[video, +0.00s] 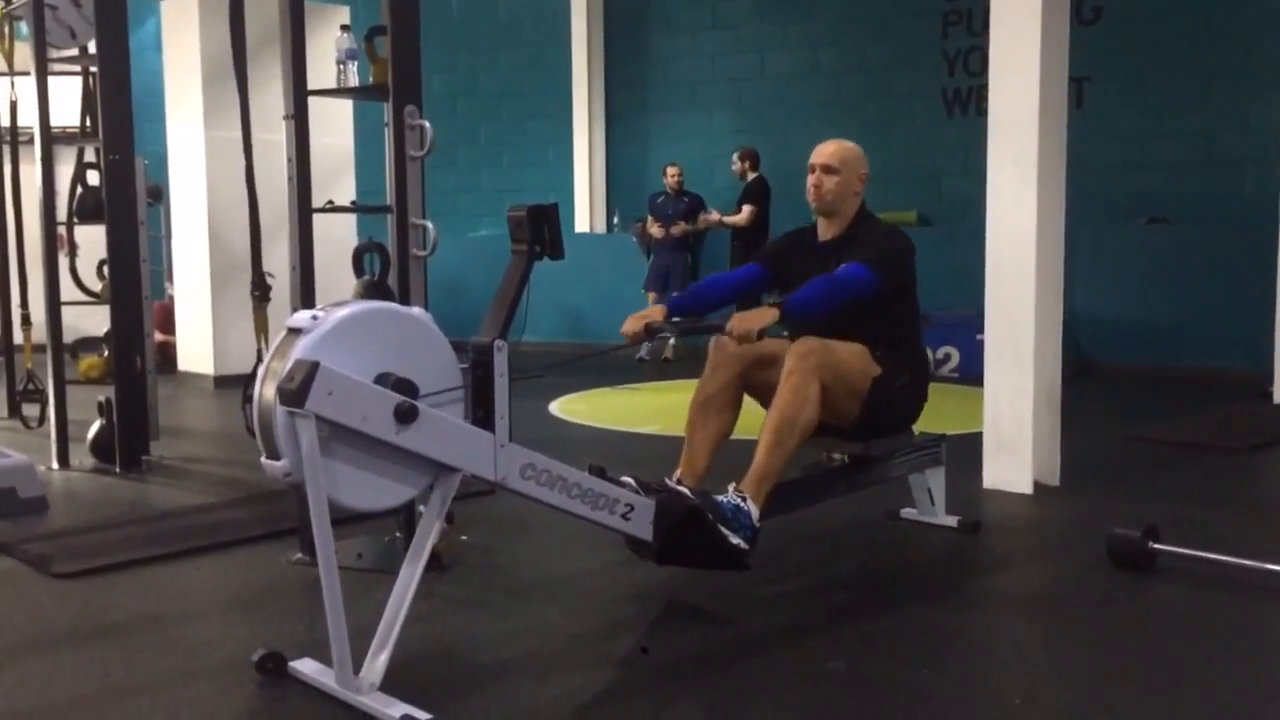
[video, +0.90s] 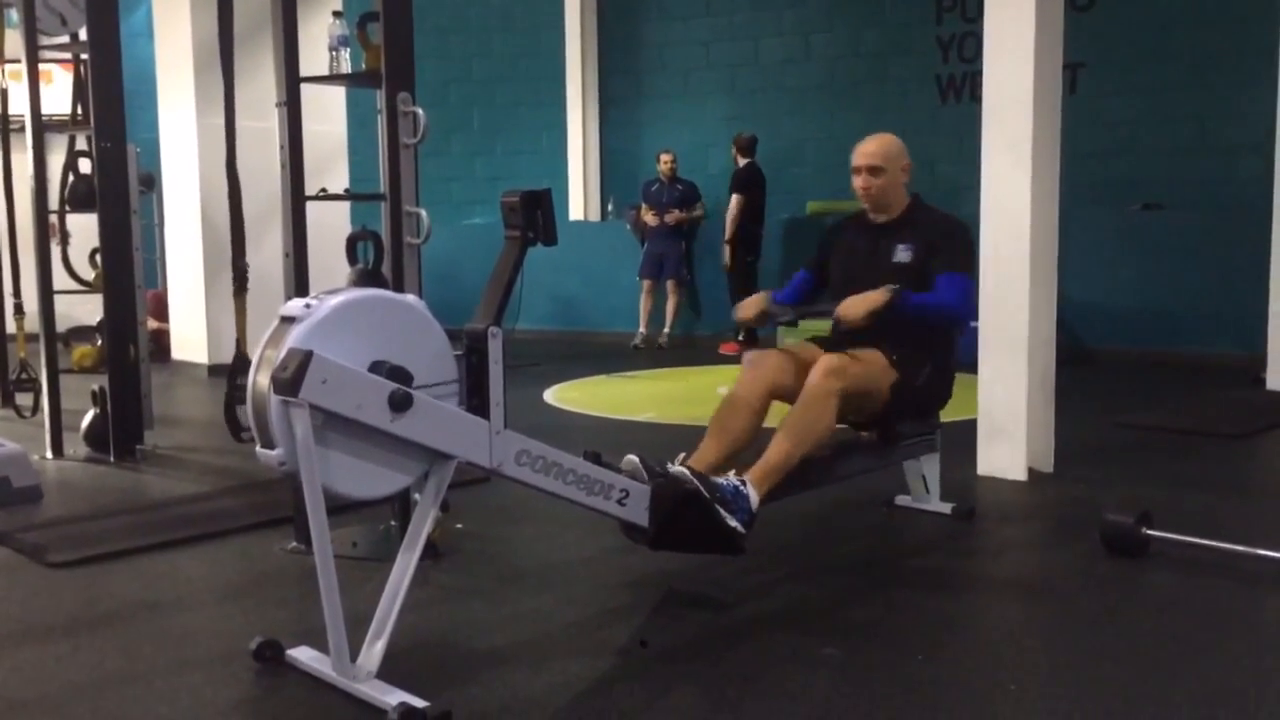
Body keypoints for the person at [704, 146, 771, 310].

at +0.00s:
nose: (732, 168)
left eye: (735, 163)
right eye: (732, 163)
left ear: (746, 164)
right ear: (746, 164)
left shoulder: (755, 185)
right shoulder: (753, 184)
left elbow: (745, 219)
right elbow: (742, 216)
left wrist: (719, 219)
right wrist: (719, 218)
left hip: (747, 251)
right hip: (746, 248)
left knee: (746, 301)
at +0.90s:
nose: (733, 152)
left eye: (733, 148)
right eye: (735, 148)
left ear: (735, 150)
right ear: (753, 150)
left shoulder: (742, 174)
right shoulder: (757, 173)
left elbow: (734, 210)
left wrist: (727, 239)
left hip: (741, 241)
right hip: (752, 239)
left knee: (739, 289)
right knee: (747, 287)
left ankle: (742, 337)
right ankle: (748, 335)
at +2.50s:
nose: (711, 171)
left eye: (711, 167)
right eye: (712, 167)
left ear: (714, 170)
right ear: (732, 166)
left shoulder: (727, 192)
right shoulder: (739, 189)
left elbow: (730, 225)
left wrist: (710, 245)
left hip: (726, 260)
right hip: (738, 259)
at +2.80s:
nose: (700, 168)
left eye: (701, 165)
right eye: (701, 164)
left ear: (704, 167)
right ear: (722, 165)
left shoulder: (714, 191)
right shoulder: (730, 188)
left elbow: (704, 227)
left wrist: (686, 222)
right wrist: (690, 222)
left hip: (718, 257)